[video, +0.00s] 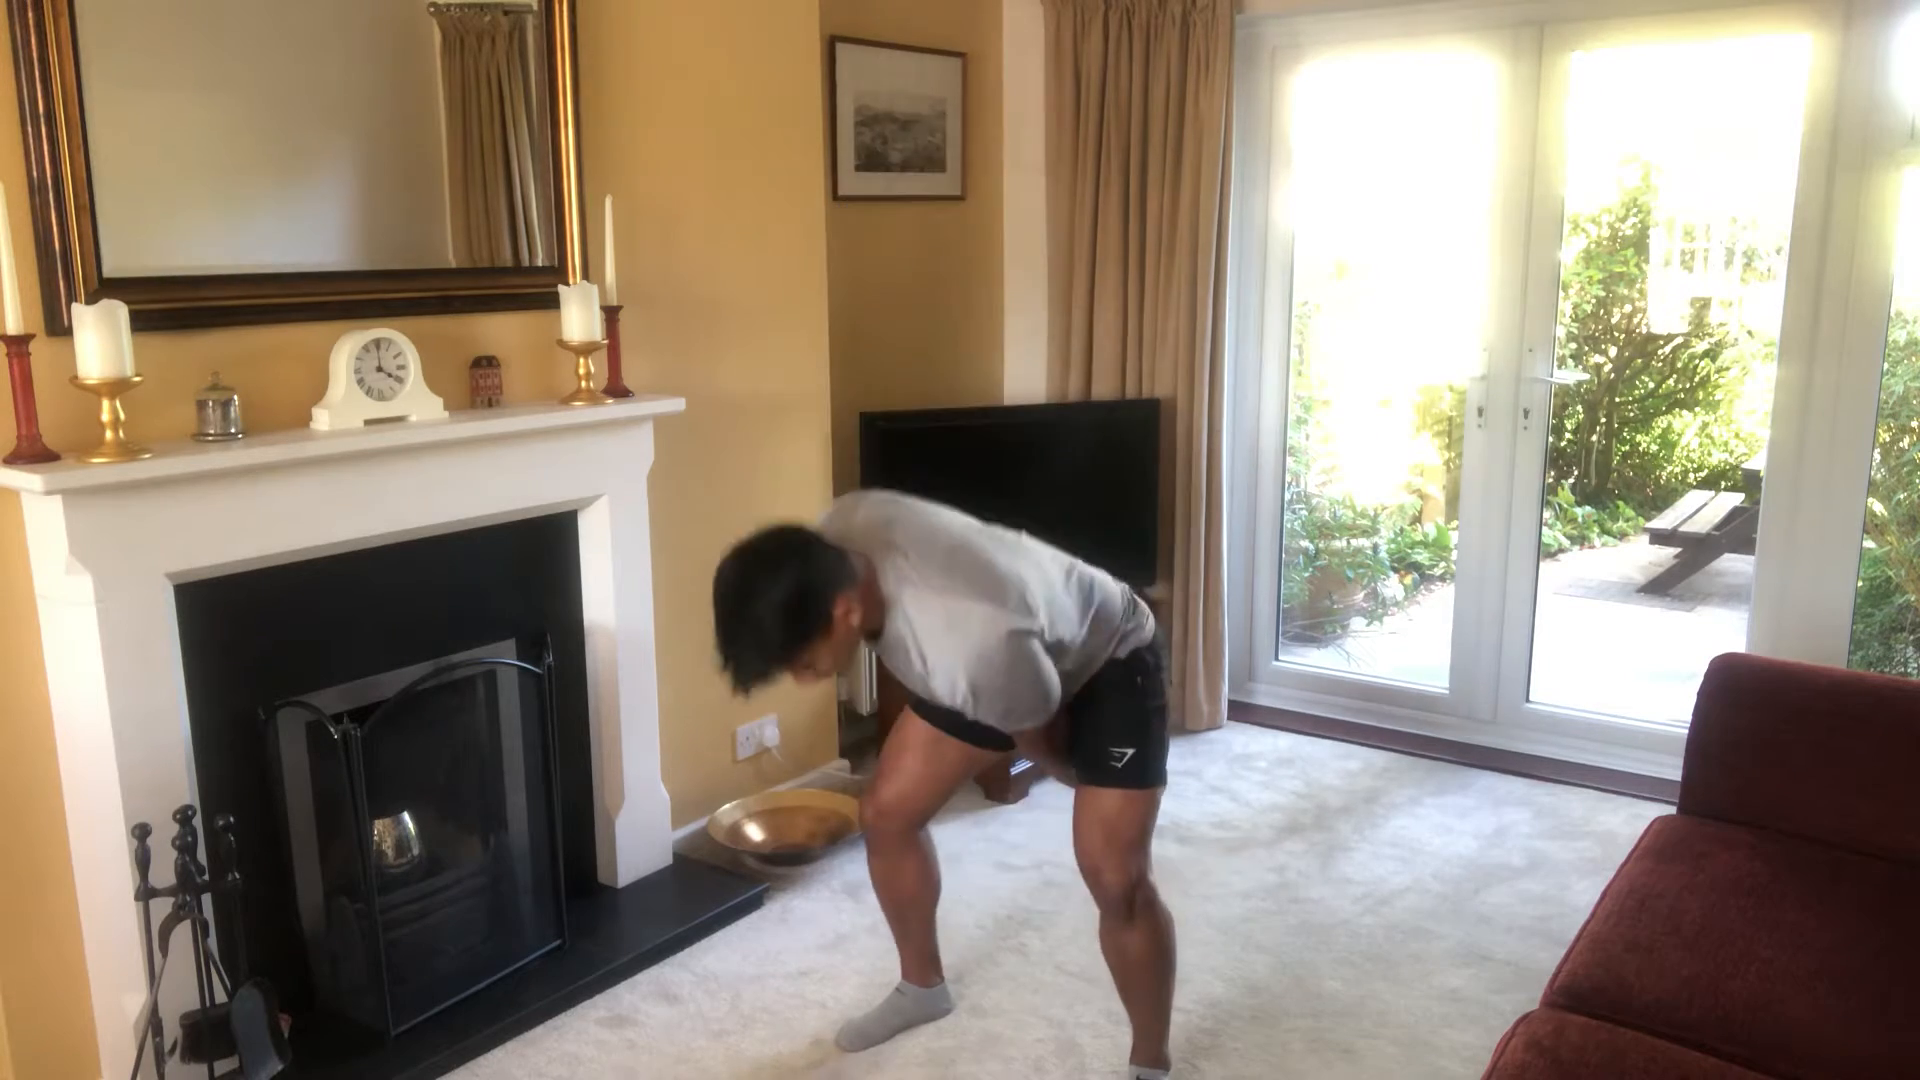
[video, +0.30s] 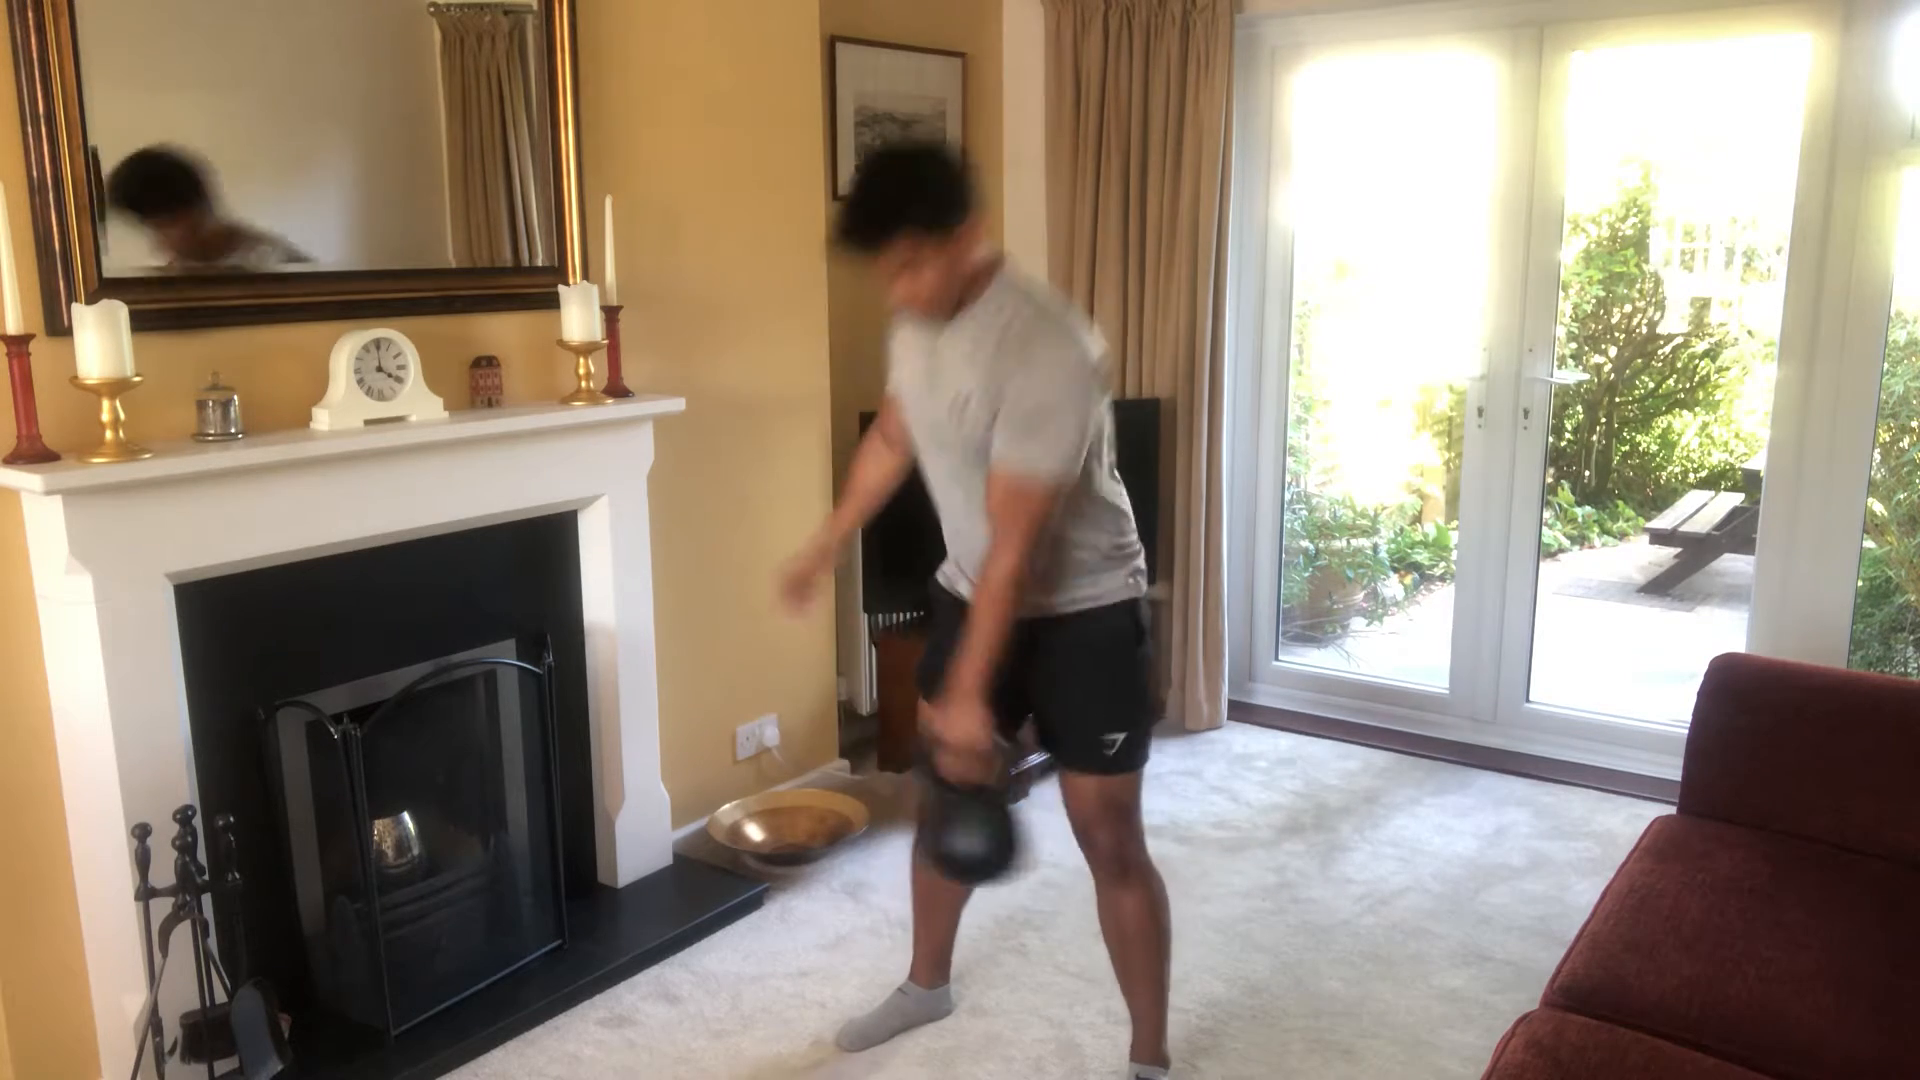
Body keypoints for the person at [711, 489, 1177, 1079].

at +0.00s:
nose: (802, 676)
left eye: (803, 659)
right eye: (787, 666)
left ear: (844, 614)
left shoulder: (977, 645)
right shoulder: (845, 521)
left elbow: (1052, 743)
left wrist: (1042, 770)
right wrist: (997, 757)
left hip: (1105, 651)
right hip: (987, 651)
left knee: (1118, 881)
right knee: (887, 811)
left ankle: (1151, 1064)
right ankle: (923, 986)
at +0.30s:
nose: (895, 286)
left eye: (908, 264)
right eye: (885, 268)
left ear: (966, 237)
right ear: (885, 256)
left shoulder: (1048, 343)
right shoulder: (918, 319)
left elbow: (1016, 538)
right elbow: (896, 433)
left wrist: (967, 688)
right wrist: (826, 542)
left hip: (1082, 603)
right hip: (974, 592)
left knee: (1110, 836)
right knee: (943, 794)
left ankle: (1151, 1057)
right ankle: (928, 983)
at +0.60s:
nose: (981, 225)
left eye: (1000, 201)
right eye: (970, 205)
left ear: (1057, 198)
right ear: (962, 207)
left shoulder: (1112, 314)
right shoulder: (964, 321)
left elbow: (1014, 378)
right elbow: (918, 441)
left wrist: (863, 400)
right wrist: (810, 509)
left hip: (1068, 619)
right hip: (953, 609)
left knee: (1102, 837)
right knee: (953, 808)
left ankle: (1147, 1055)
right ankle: (927, 985)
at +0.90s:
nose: (980, 222)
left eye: (1000, 200)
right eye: (969, 204)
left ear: (1055, 199)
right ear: (963, 206)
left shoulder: (1106, 307)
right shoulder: (969, 320)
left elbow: (1020, 358)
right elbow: (950, 451)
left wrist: (865, 362)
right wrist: (874, 543)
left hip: (1072, 617)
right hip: (961, 609)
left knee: (1109, 837)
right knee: (952, 807)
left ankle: (1152, 1055)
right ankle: (927, 982)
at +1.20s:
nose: (909, 293)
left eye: (923, 272)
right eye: (898, 275)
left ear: (973, 252)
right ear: (892, 266)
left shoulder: (1052, 349)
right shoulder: (917, 340)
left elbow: (1010, 532)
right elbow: (923, 442)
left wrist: (932, 667)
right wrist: (852, 534)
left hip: (1091, 616)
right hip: (983, 611)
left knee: (1111, 842)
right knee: (930, 796)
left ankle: (1151, 1058)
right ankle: (925, 984)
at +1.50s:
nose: (800, 633)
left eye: (802, 615)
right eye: (787, 619)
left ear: (846, 573)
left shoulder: (975, 612)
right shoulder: (846, 505)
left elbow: (1041, 709)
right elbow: (911, 641)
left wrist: (1061, 761)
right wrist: (986, 761)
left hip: (1108, 648)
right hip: (999, 640)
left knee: (1125, 872)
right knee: (893, 808)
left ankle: (1152, 1063)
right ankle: (923, 986)